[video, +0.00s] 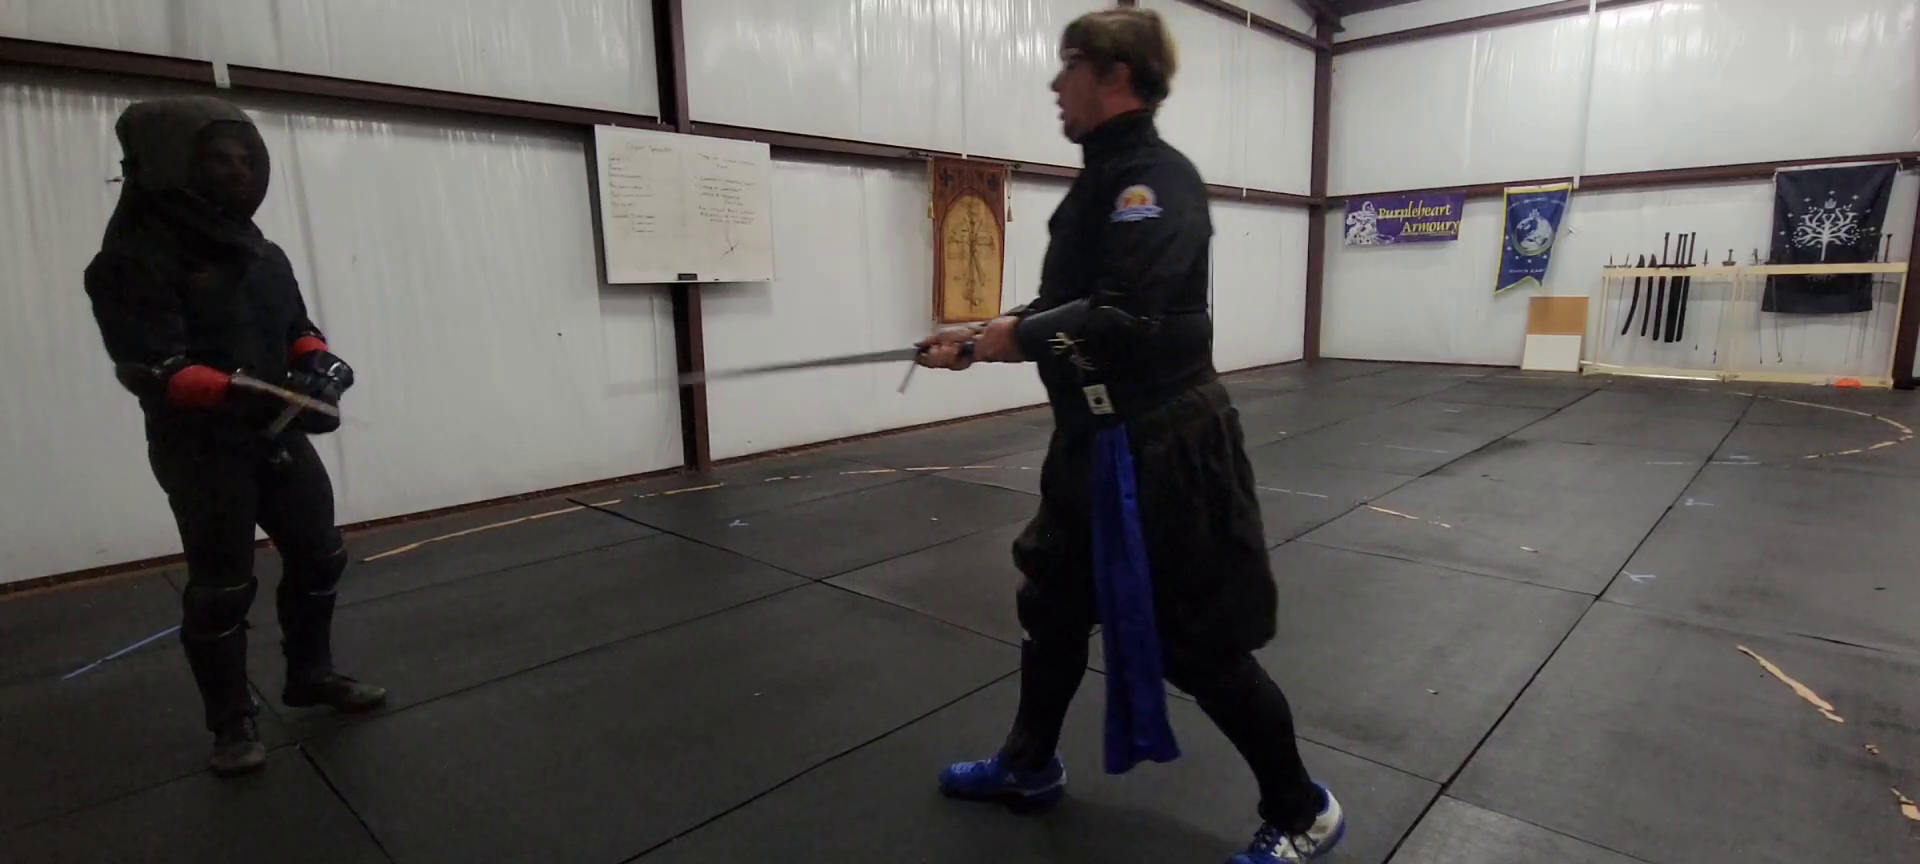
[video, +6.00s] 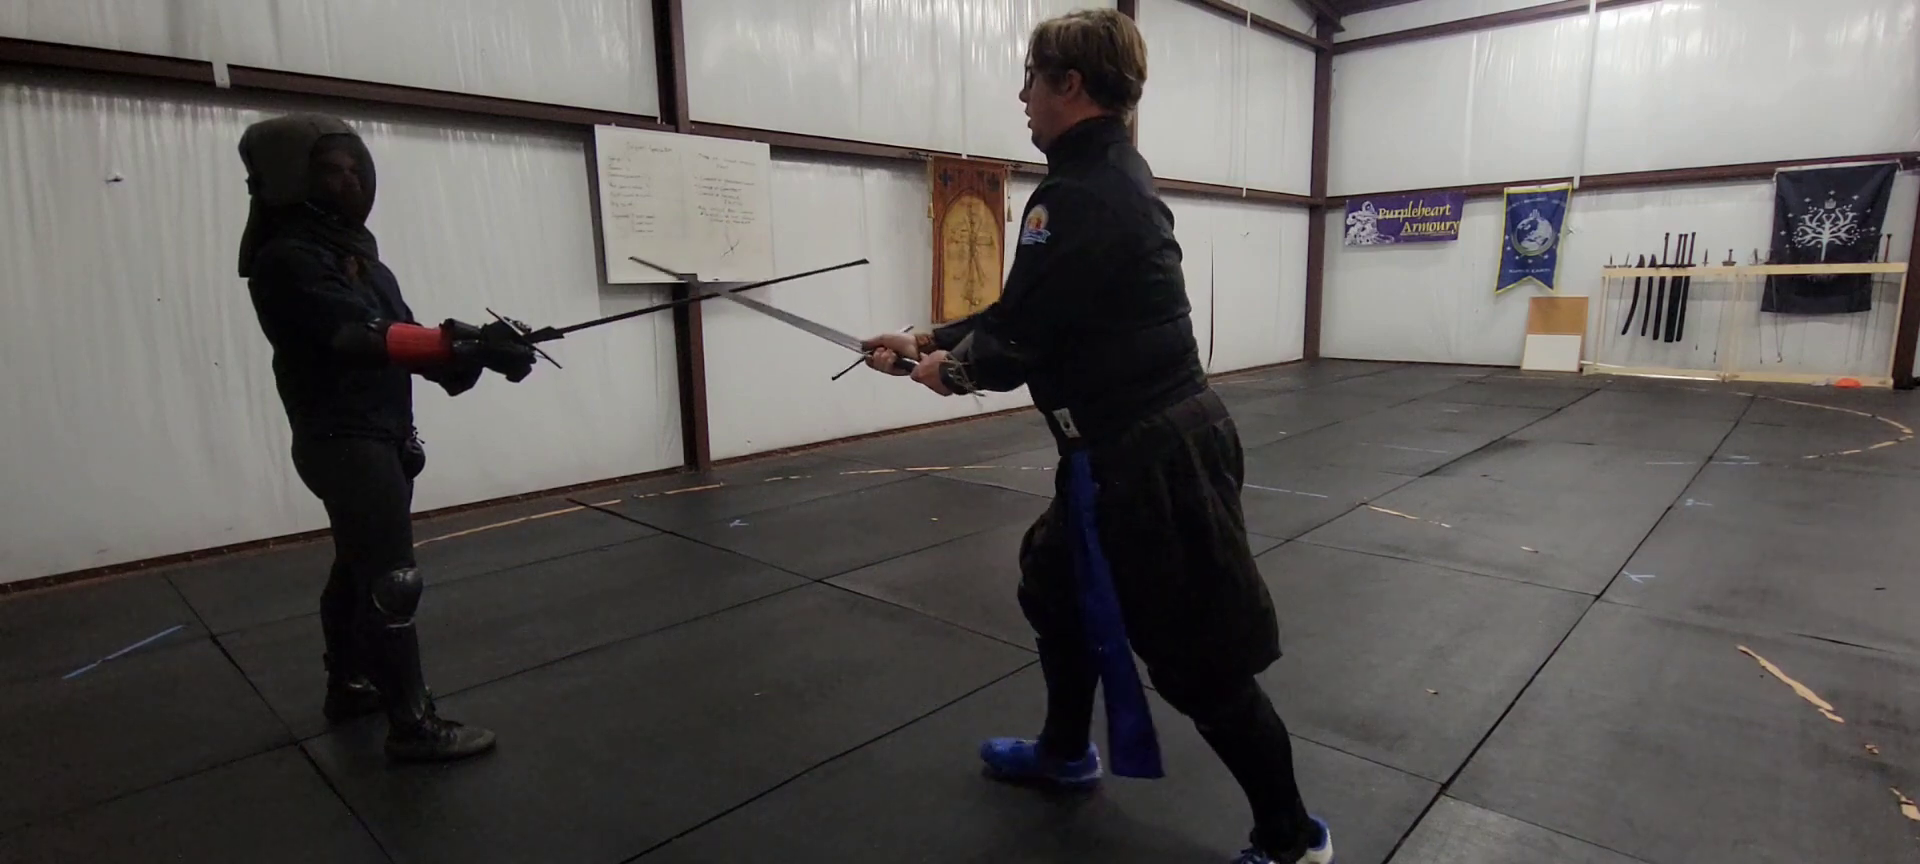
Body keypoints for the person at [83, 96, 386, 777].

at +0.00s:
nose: (239, 172)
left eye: (249, 159)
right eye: (220, 160)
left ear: (264, 169)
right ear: (181, 170)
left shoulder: (261, 253)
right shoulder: (134, 259)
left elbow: (294, 329)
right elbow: (146, 364)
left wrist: (316, 363)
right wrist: (228, 390)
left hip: (276, 428)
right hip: (198, 442)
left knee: (317, 550)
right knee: (221, 581)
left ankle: (310, 676)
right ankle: (232, 721)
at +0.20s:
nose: (260, 176)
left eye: (269, 164)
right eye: (243, 164)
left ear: (283, 171)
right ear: (208, 172)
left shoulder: (278, 256)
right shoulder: (166, 252)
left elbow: (314, 358)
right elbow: (200, 352)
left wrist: (352, 349)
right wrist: (307, 348)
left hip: (288, 435)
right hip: (215, 448)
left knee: (324, 560)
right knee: (232, 586)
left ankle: (345, 684)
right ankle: (234, 724)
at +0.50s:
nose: (308, 183)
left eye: (316, 171)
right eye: (292, 170)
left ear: (327, 182)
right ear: (255, 178)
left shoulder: (324, 263)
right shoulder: (225, 255)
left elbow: (370, 341)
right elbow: (276, 322)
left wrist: (411, 322)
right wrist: (376, 316)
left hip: (347, 436)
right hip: (282, 445)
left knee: (359, 565)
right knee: (311, 579)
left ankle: (351, 686)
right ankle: (250, 720)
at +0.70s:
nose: (333, 183)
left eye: (340, 173)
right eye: (318, 170)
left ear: (350, 183)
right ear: (283, 177)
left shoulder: (346, 260)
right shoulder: (253, 249)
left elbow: (395, 343)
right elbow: (298, 323)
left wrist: (431, 323)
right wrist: (394, 319)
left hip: (366, 436)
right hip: (308, 442)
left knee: (365, 569)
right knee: (359, 575)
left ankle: (358, 684)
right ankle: (347, 728)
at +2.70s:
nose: (358, 184)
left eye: (365, 170)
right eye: (340, 172)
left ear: (378, 178)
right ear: (307, 182)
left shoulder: (371, 252)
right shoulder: (293, 257)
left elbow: (409, 331)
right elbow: (358, 328)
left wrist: (472, 343)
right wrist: (474, 321)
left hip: (389, 444)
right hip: (351, 450)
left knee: (362, 574)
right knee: (422, 583)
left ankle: (349, 690)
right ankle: (415, 728)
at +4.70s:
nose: (367, 179)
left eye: (369, 167)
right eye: (349, 167)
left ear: (372, 175)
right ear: (309, 178)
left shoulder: (351, 248)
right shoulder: (302, 258)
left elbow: (398, 336)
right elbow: (372, 343)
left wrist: (471, 375)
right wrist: (479, 385)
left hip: (375, 440)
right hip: (350, 446)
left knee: (358, 569)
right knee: (405, 581)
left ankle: (349, 688)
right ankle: (414, 725)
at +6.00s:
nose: (355, 182)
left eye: (360, 170)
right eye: (339, 170)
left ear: (365, 180)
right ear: (304, 181)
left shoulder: (353, 248)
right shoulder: (286, 255)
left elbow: (393, 329)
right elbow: (349, 336)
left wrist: (459, 353)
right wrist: (464, 346)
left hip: (380, 436)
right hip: (341, 442)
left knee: (359, 568)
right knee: (392, 581)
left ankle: (349, 687)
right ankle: (411, 724)